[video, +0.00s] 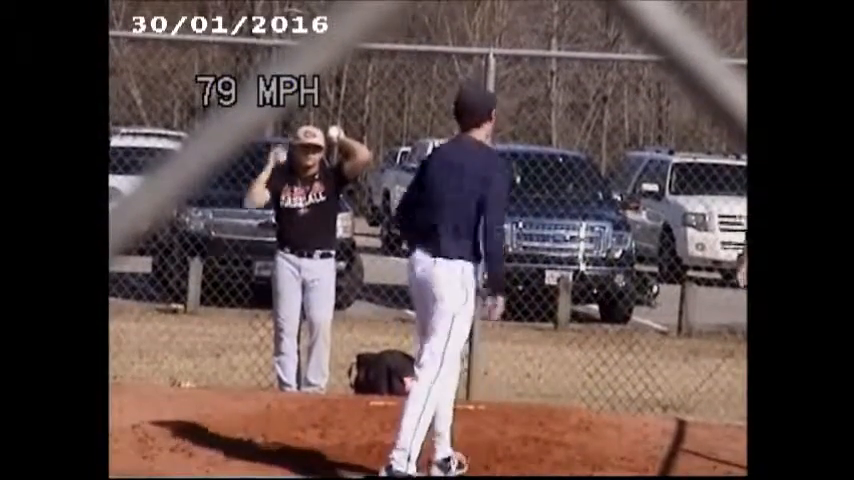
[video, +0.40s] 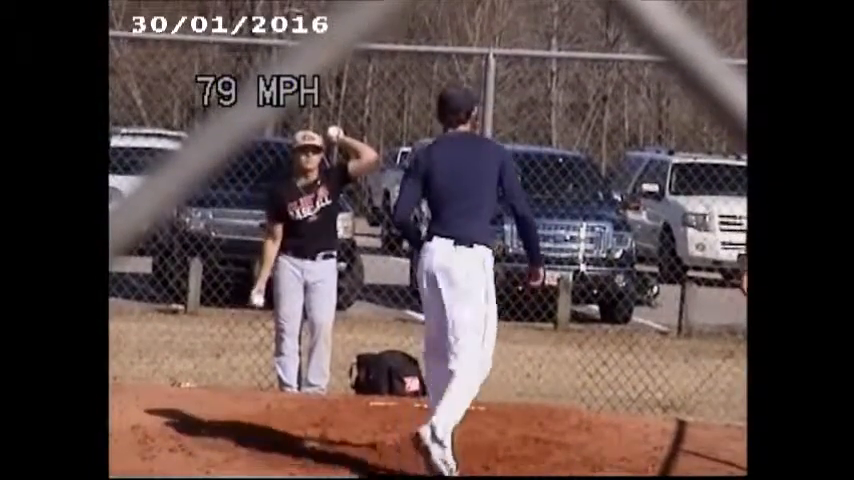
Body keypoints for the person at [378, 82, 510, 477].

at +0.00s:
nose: (496, 120)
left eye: (492, 113)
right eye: (495, 114)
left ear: (457, 116)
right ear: (491, 118)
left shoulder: (436, 156)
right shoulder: (493, 165)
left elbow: (405, 214)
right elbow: (492, 229)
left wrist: (424, 247)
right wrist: (496, 286)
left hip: (421, 261)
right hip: (456, 268)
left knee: (446, 361)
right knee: (433, 364)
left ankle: (443, 452)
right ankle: (400, 459)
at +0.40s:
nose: (478, 120)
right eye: (477, 115)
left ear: (441, 119)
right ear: (473, 117)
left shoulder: (426, 154)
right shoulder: (495, 153)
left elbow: (401, 213)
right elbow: (521, 210)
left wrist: (421, 244)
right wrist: (535, 261)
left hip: (432, 252)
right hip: (472, 257)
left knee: (435, 349)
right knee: (475, 354)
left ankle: (440, 438)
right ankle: (438, 430)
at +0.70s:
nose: (477, 113)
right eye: (481, 106)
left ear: (451, 110)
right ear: (485, 110)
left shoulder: (433, 150)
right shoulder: (500, 151)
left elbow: (402, 207)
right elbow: (515, 213)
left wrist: (431, 206)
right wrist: (526, 267)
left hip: (448, 258)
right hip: (491, 260)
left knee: (448, 351)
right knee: (500, 347)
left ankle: (442, 453)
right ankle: (493, 439)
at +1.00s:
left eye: (491, 95)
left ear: (488, 100)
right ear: (521, 103)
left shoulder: (465, 137)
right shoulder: (531, 151)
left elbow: (428, 173)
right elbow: (537, 209)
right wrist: (541, 263)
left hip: (467, 244)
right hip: (508, 249)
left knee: (461, 336)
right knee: (500, 337)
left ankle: (447, 412)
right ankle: (497, 415)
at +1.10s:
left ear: (496, 94)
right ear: (528, 98)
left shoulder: (474, 128)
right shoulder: (538, 143)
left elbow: (436, 160)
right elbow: (551, 205)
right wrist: (547, 250)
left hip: (473, 240)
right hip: (513, 245)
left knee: (468, 326)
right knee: (504, 333)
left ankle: (457, 400)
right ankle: (499, 408)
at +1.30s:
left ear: (507, 90)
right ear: (538, 94)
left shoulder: (486, 124)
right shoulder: (547, 140)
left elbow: (453, 140)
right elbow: (554, 197)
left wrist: (480, 119)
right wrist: (530, 202)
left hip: (478, 233)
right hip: (518, 239)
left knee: (476, 315)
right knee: (506, 329)